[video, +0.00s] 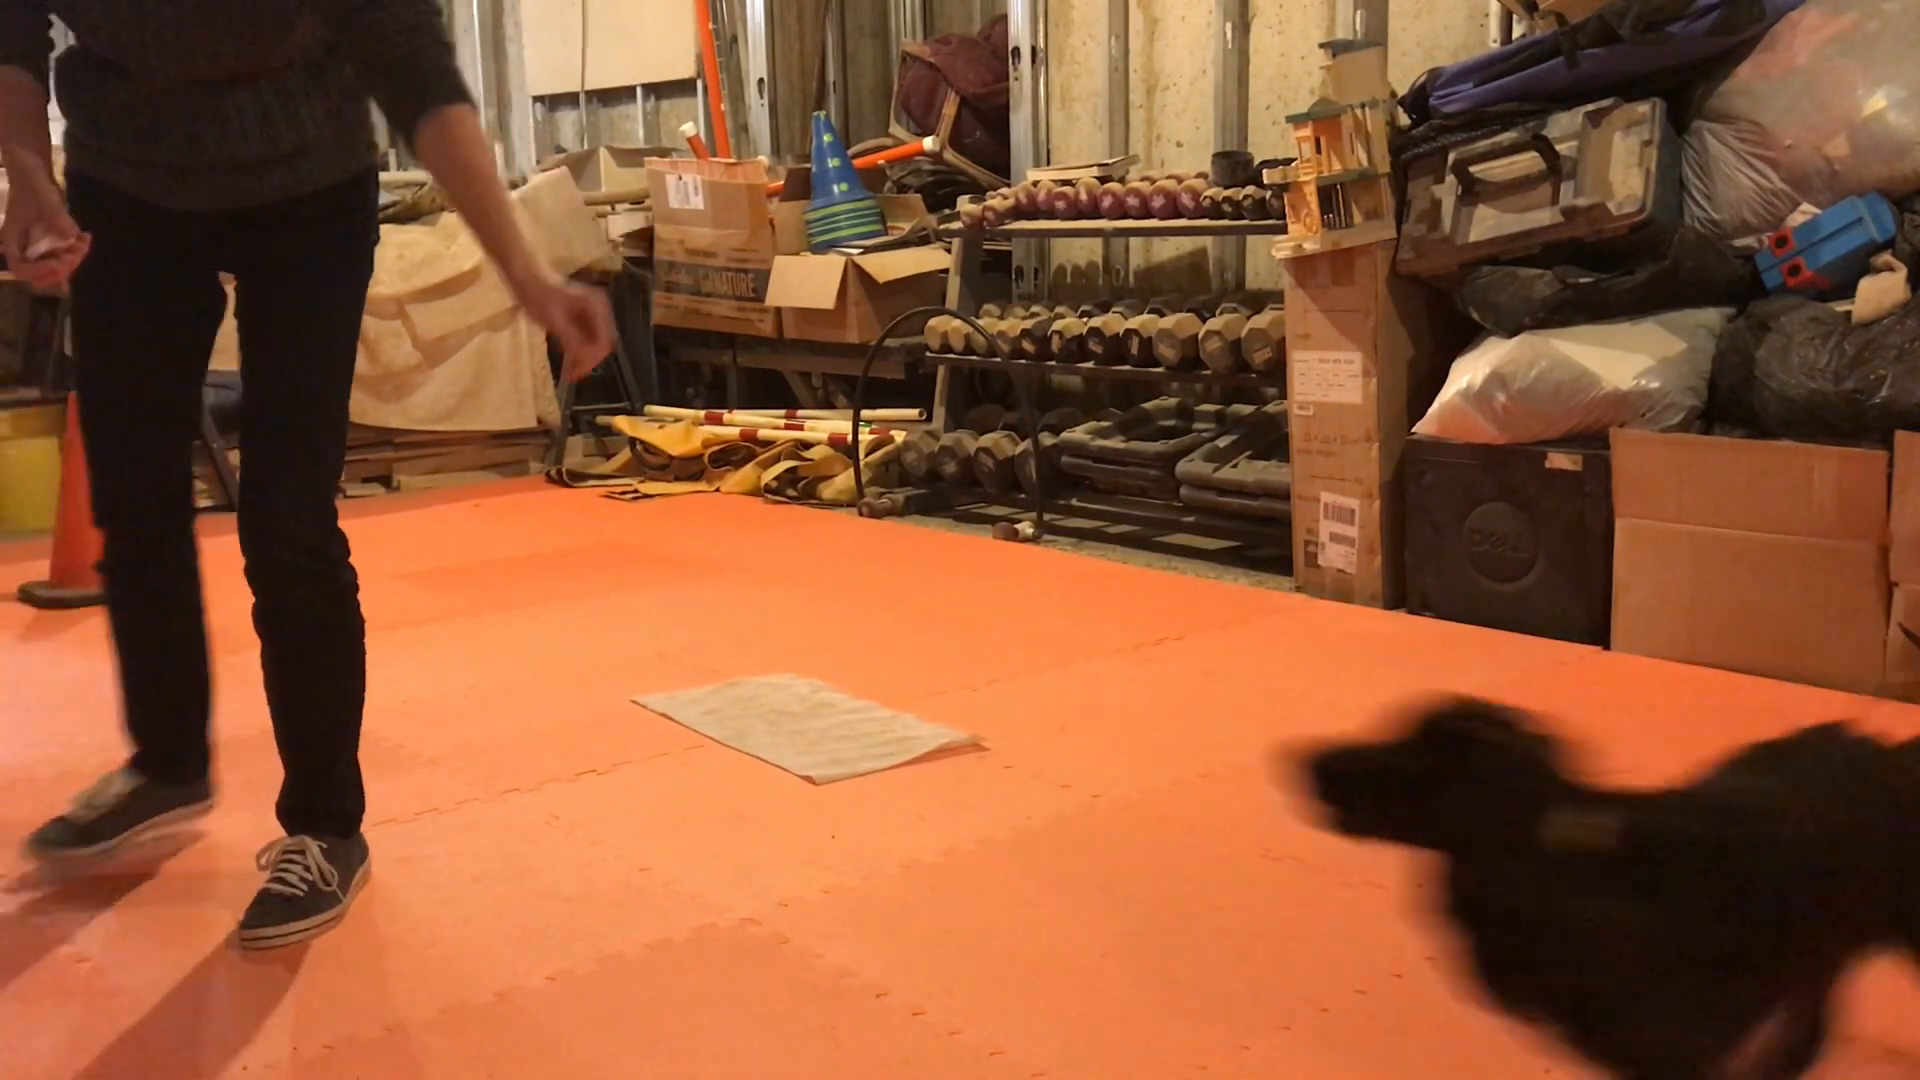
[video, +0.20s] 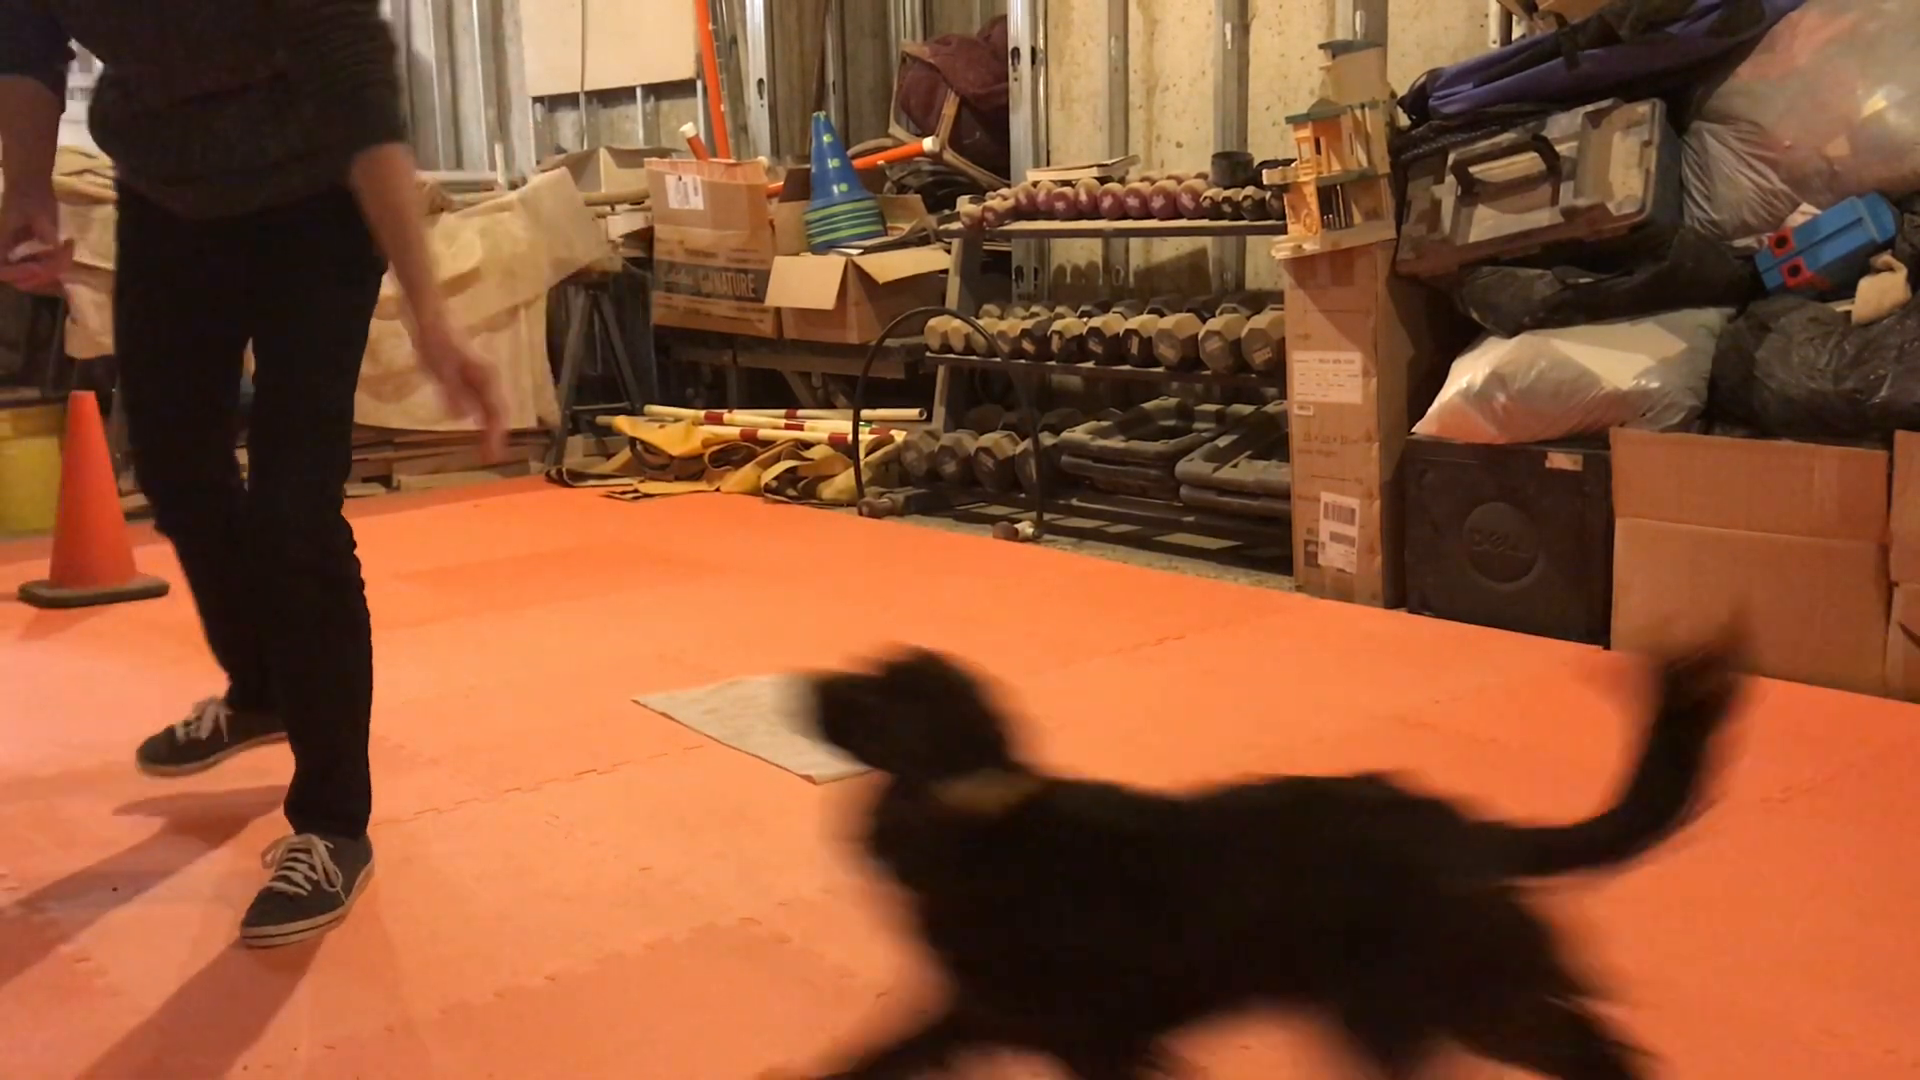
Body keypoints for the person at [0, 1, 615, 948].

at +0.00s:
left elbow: (418, 73)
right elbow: (18, 29)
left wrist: (529, 276)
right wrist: (27, 169)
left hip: (306, 173)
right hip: (129, 177)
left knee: (288, 527)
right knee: (137, 505)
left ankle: (323, 832)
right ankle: (170, 764)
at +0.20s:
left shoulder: (325, 14)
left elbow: (361, 97)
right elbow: (29, 34)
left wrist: (430, 316)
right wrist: (29, 185)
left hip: (317, 177)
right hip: (162, 179)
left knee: (291, 505)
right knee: (178, 470)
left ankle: (331, 828)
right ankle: (260, 691)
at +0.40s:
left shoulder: (249, 9)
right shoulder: (83, 4)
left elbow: (268, 111)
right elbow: (75, 46)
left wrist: (292, 333)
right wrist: (22, 167)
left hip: (320, 200)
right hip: (210, 208)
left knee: (274, 494)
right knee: (208, 476)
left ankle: (334, 826)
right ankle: (283, 725)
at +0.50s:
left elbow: (208, 99)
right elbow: (127, 47)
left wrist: (209, 342)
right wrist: (36, 165)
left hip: (303, 192)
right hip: (235, 196)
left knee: (249, 492)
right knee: (225, 479)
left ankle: (323, 812)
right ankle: (303, 759)